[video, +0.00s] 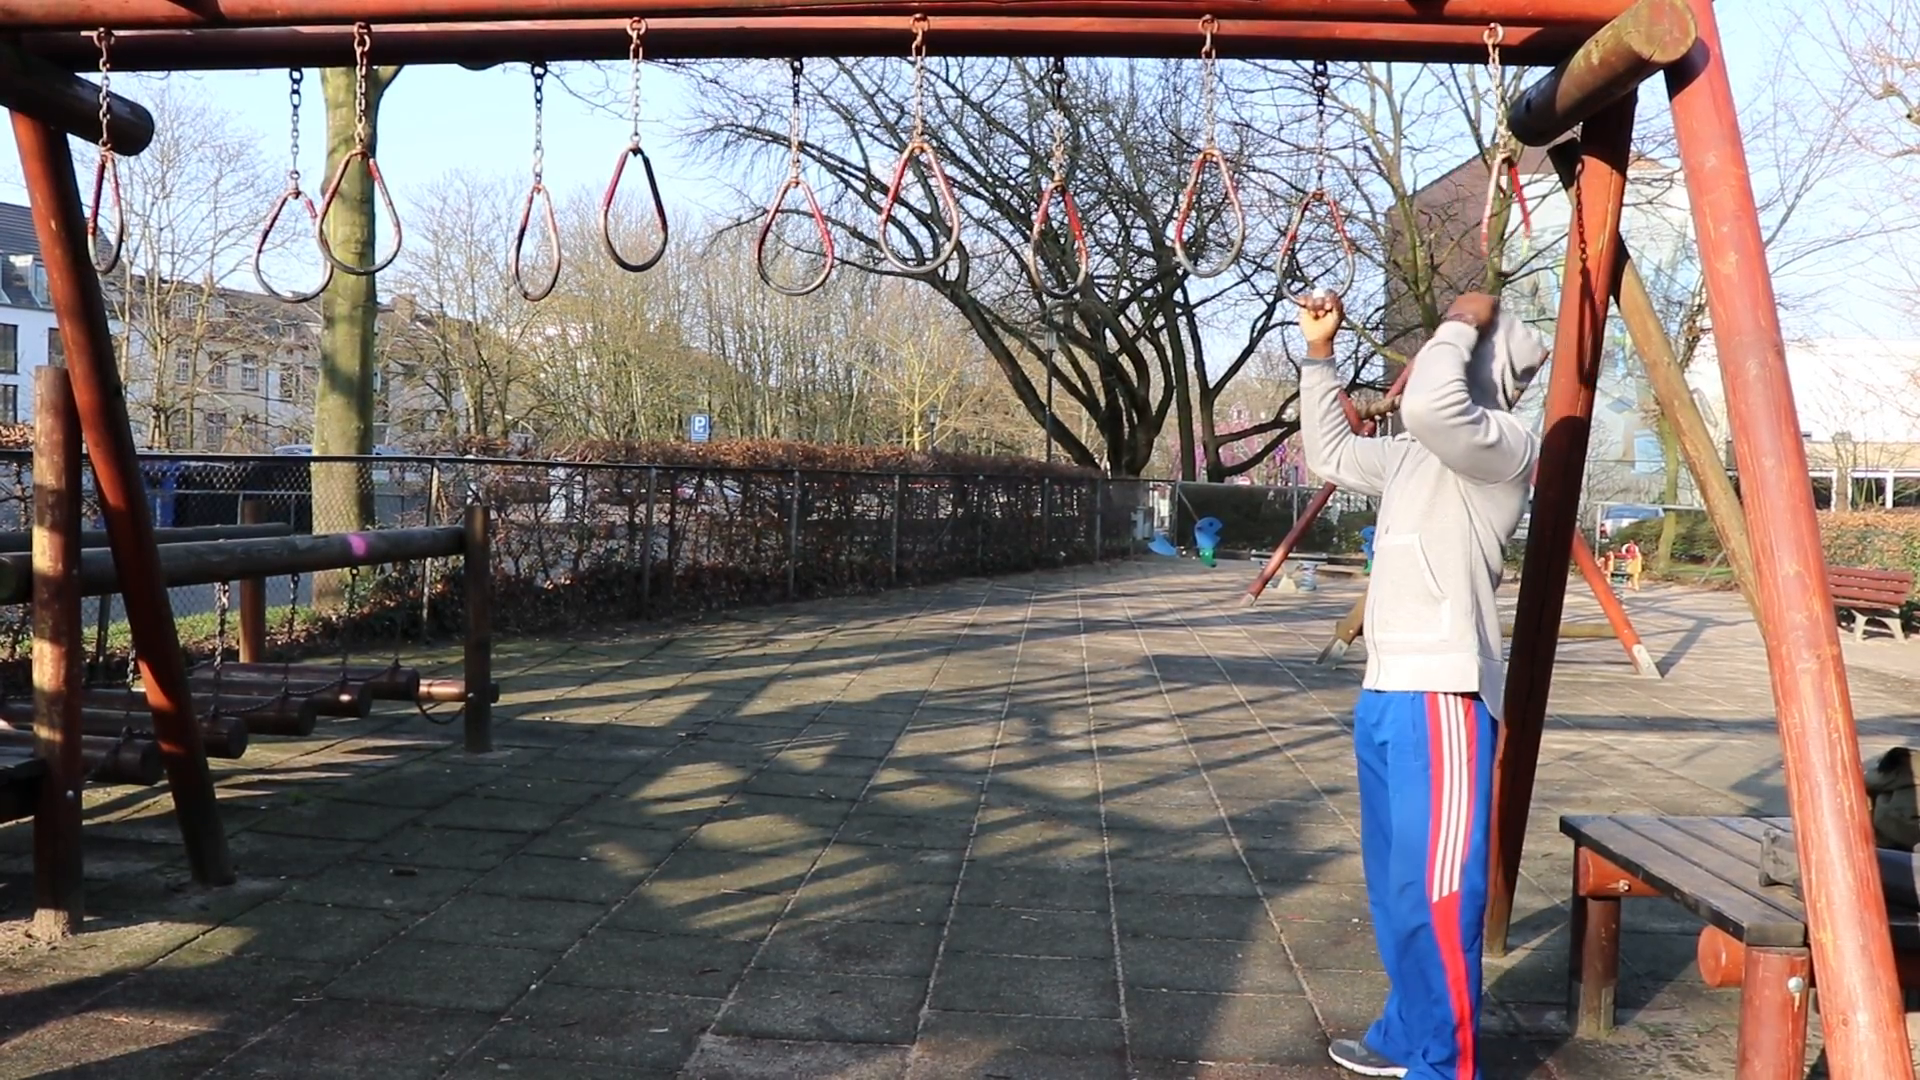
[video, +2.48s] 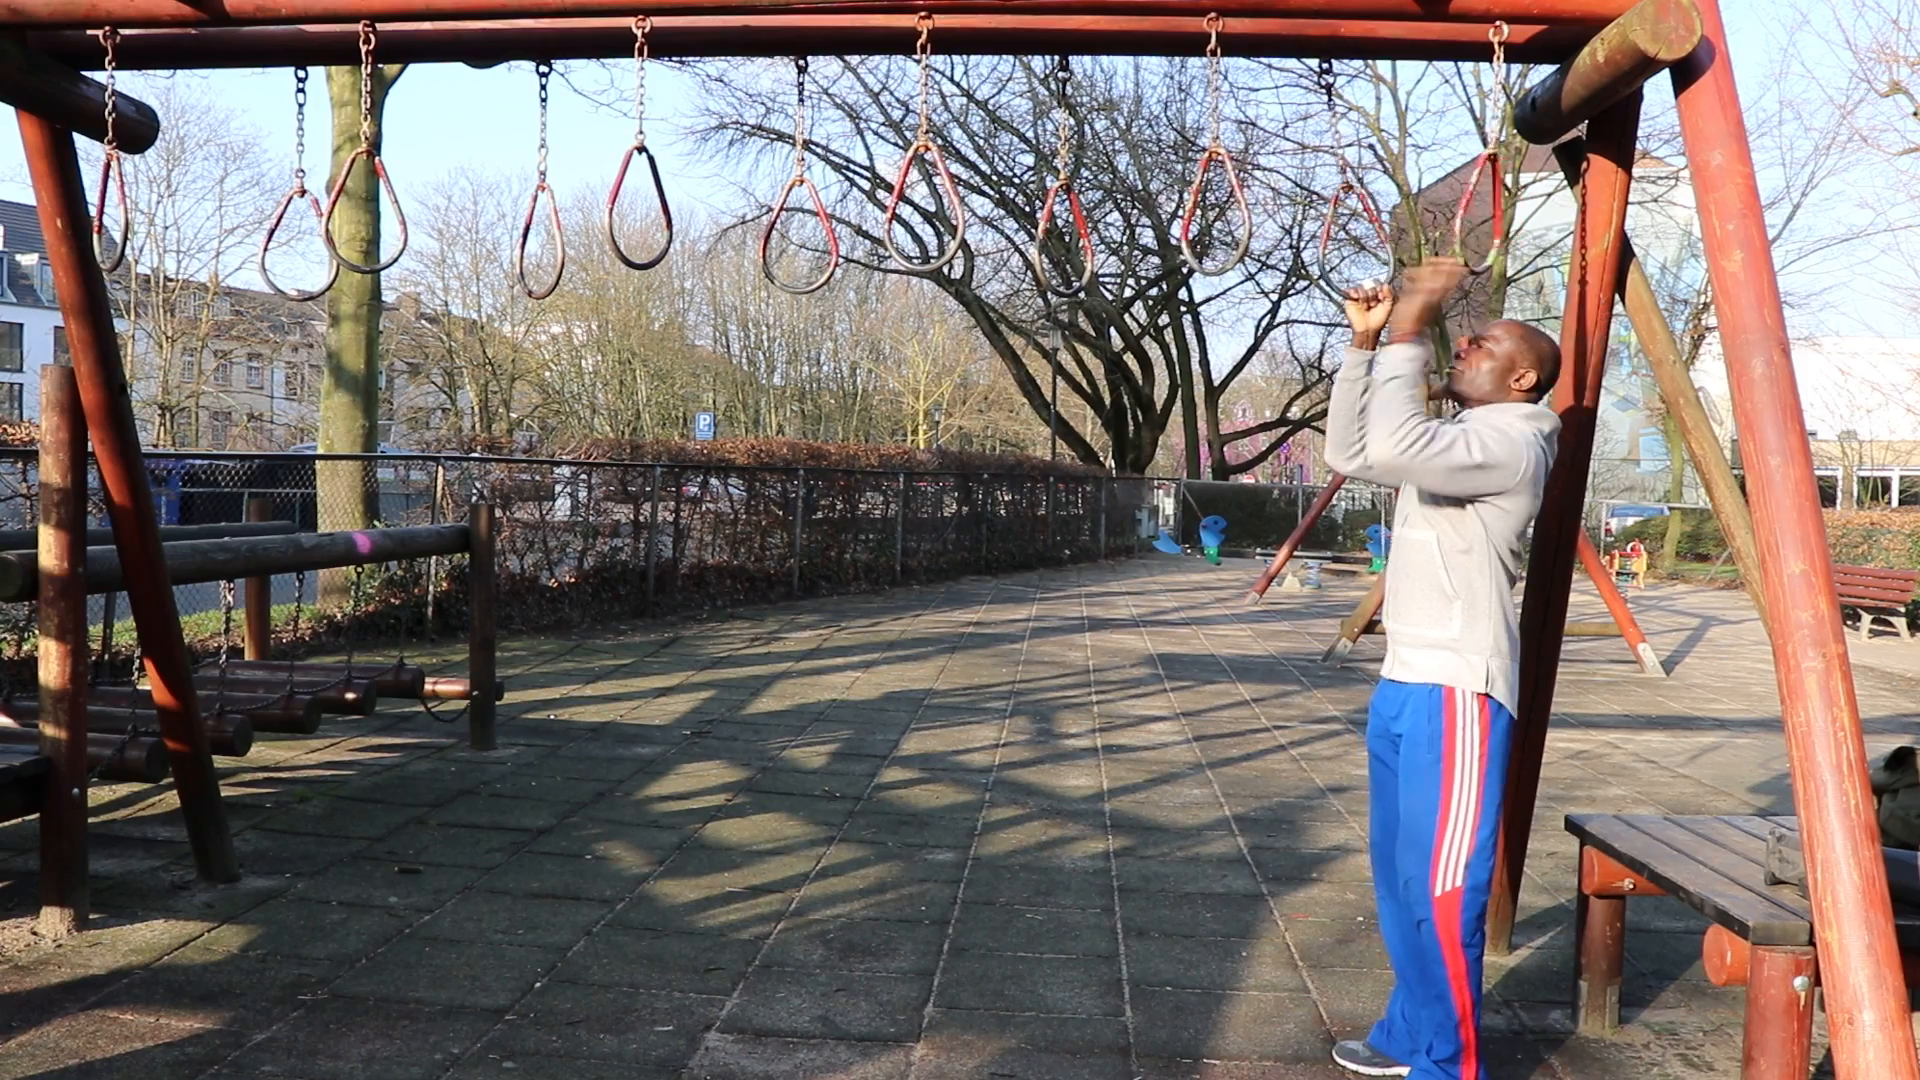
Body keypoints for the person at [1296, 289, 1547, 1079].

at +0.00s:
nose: (1414, 366)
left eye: (1438, 352)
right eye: (1420, 353)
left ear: (1482, 367)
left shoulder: (1508, 442)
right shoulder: (1411, 449)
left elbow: (1432, 408)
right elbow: (1330, 451)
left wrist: (1461, 326)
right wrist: (1319, 351)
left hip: (1446, 694)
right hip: (1390, 691)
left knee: (1440, 889)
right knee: (1396, 884)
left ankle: (1447, 1060)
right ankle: (1407, 1035)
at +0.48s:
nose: (1409, 367)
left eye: (1426, 355)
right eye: (1411, 355)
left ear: (1462, 368)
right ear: (1415, 380)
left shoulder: (1499, 435)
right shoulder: (1397, 448)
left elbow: (1453, 480)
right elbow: (1311, 450)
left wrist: (1442, 363)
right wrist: (1305, 352)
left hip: (1455, 691)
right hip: (1390, 689)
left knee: (1445, 884)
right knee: (1397, 877)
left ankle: (1446, 1059)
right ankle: (1406, 1032)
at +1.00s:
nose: (1424, 370)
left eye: (1450, 359)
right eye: (1431, 357)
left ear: (1493, 379)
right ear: (1438, 374)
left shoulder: (1504, 447)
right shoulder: (1397, 451)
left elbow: (1464, 412)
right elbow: (1316, 446)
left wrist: (1468, 307)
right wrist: (1312, 348)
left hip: (1446, 694)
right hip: (1382, 693)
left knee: (1443, 883)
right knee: (1395, 880)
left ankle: (1448, 1058)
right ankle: (1406, 1034)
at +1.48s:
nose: (1433, 360)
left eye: (1454, 354)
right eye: (1438, 350)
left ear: (1496, 371)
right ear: (1448, 372)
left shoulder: (1502, 442)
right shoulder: (1414, 451)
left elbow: (1477, 355)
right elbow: (1336, 447)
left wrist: (1481, 278)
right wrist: (1332, 351)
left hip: (1450, 688)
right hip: (1393, 690)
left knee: (1446, 882)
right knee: (1402, 878)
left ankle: (1448, 1058)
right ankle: (1410, 1032)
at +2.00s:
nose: (1489, 353)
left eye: (1511, 350)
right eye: (1493, 346)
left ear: (1540, 392)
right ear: (1495, 376)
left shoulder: (1534, 448)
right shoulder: (1433, 446)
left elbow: (1445, 406)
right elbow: (1341, 445)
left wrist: (1463, 306)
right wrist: (1350, 346)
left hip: (1452, 694)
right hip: (1391, 689)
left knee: (1442, 888)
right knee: (1395, 883)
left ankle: (1447, 1060)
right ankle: (1411, 1034)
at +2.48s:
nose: (1462, 356)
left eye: (1484, 348)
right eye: (1467, 345)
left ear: (1523, 378)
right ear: (1492, 372)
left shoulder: (1512, 439)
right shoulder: (1457, 429)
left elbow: (1396, 447)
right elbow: (1348, 453)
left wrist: (1410, 325)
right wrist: (1362, 343)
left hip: (1462, 688)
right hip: (1408, 683)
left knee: (1441, 886)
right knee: (1401, 877)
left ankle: (1448, 1059)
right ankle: (1412, 1034)